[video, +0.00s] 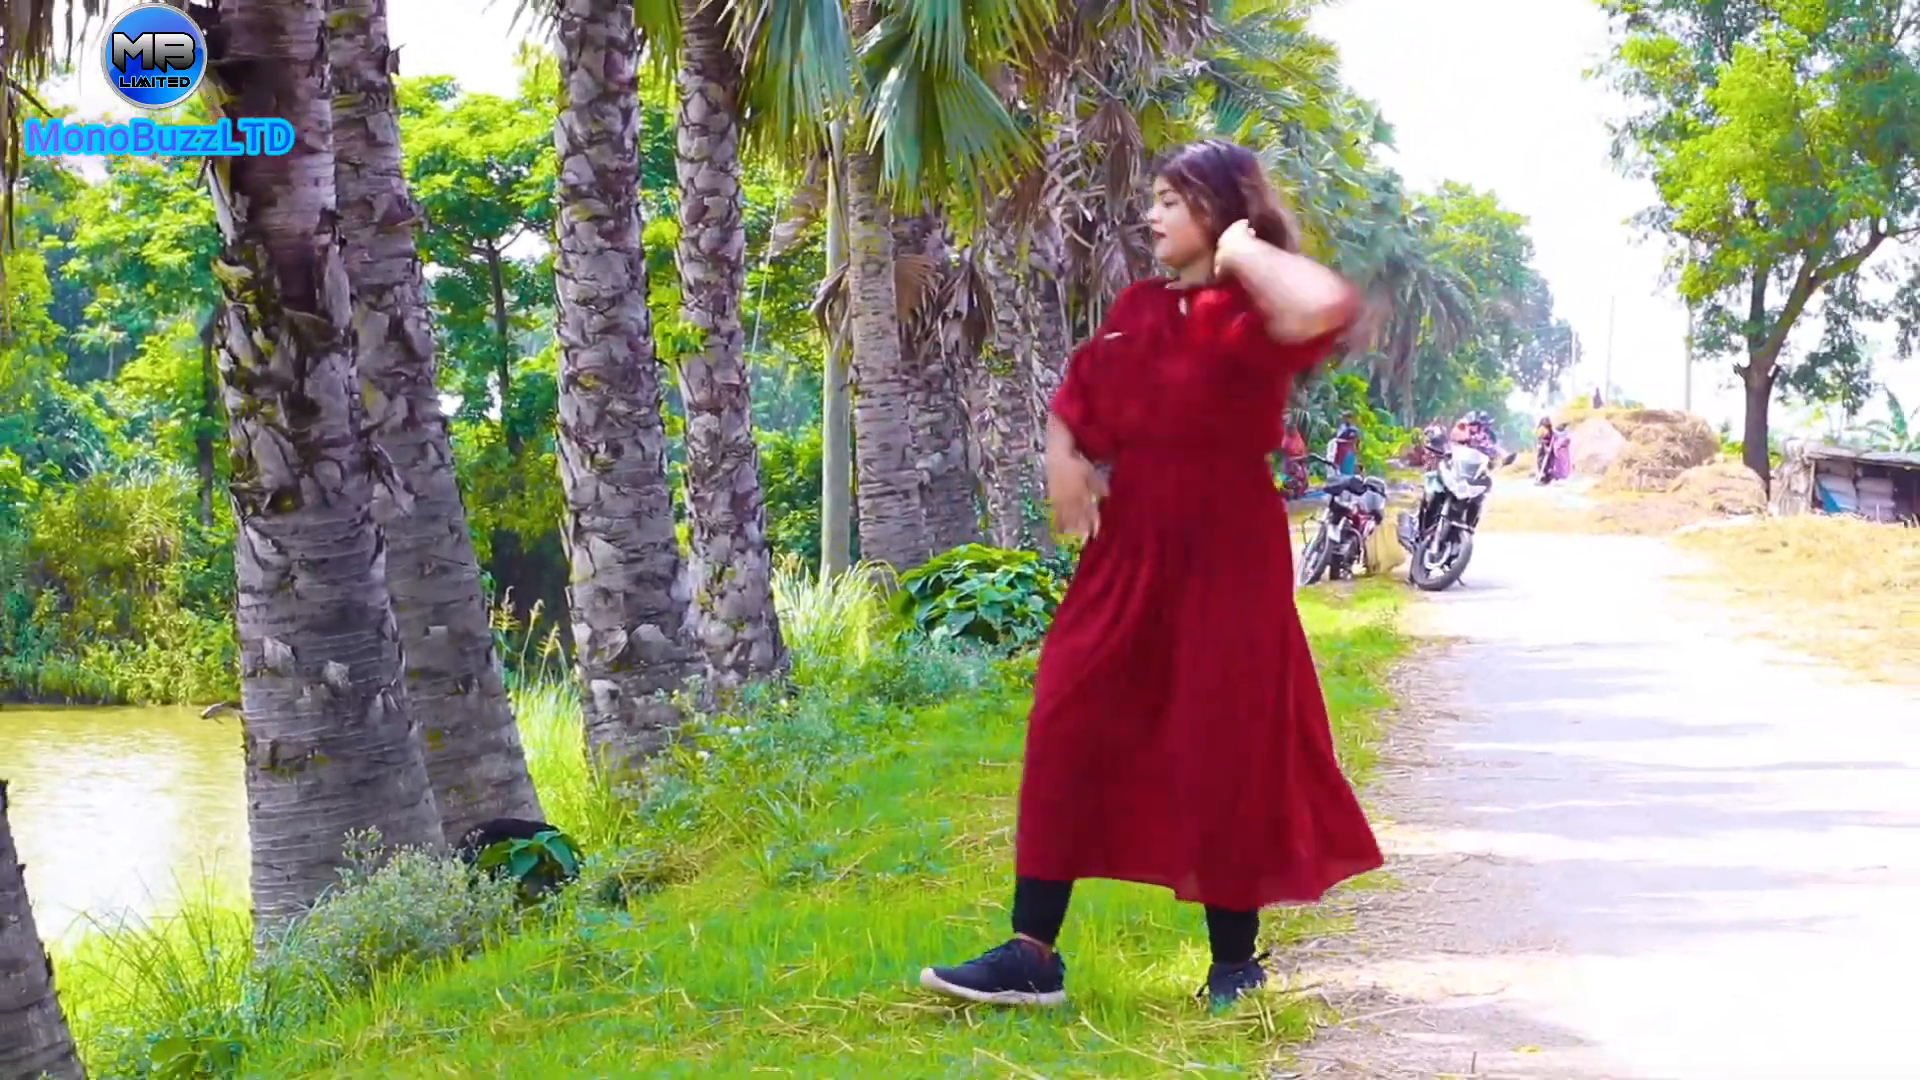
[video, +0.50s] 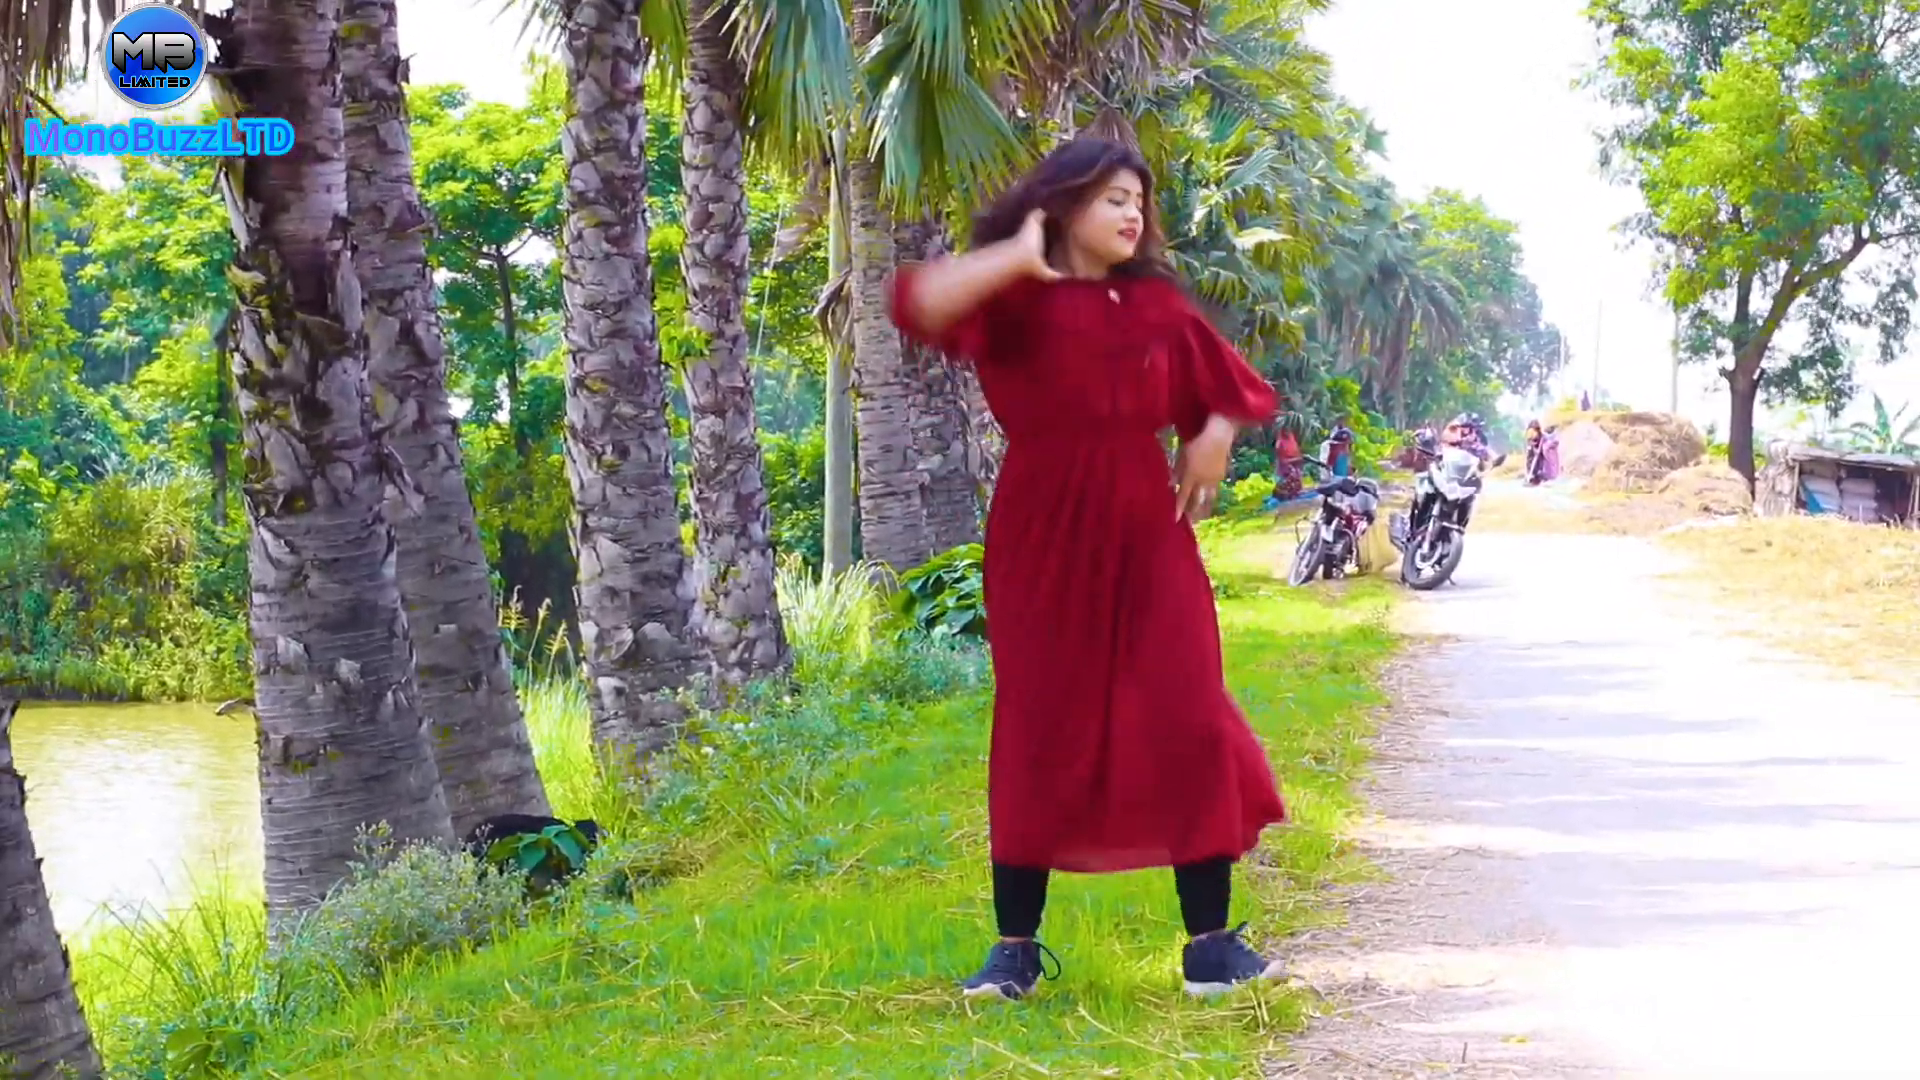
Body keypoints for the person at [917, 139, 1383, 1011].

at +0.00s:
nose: (1150, 217)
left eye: (1168, 203)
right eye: (1153, 202)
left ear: (1220, 218)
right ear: (1174, 218)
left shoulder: (1260, 305)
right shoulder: (1141, 305)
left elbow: (1326, 305)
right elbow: (1076, 392)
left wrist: (1240, 245)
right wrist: (1064, 458)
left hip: (1229, 553)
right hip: (1130, 546)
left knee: (1224, 747)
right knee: (1061, 725)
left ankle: (1233, 964)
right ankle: (1032, 947)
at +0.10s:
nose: (1121, 238)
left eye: (1138, 224)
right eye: (1121, 224)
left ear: (1189, 234)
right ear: (1136, 236)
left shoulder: (1239, 319)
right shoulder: (1110, 317)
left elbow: (1365, 315)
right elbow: (1058, 397)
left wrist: (1254, 264)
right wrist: (1037, 451)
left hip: (1200, 539)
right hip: (1104, 534)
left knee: (1205, 732)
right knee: (1041, 717)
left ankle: (1219, 938)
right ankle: (1020, 919)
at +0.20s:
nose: (1111, 234)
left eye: (1132, 219)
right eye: (1110, 218)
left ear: (1185, 233)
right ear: (1112, 235)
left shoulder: (1230, 330)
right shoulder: (1084, 333)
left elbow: (1369, 376)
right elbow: (1020, 425)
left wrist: (1276, 316)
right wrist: (1004, 475)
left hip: (1194, 565)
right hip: (1089, 563)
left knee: (1209, 761)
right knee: (1038, 752)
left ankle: (1232, 967)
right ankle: (1016, 955)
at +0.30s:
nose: (1122, 229)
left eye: (1142, 218)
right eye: (1108, 216)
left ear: (1174, 240)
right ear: (1084, 237)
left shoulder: (1218, 342)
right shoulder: (1043, 342)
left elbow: (1295, 475)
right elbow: (965, 468)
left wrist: (1230, 407)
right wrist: (1044, 465)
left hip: (1184, 571)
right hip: (1069, 572)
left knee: (1205, 764)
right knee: (1032, 763)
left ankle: (1233, 974)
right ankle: (1018, 966)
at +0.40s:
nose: (1131, 239)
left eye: (1142, 231)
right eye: (1112, 225)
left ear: (1150, 254)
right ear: (1066, 238)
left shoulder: (1176, 343)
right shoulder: (1012, 332)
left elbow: (1240, 450)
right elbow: (957, 417)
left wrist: (1197, 451)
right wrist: (1065, 342)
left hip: (1153, 559)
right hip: (1043, 559)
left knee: (1189, 741)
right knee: (1028, 746)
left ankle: (1213, 941)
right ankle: (1016, 944)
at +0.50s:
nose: (1133, 215)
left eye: (1139, 203)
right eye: (1116, 198)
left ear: (1142, 220)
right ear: (1060, 206)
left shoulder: (1162, 304)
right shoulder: (1008, 295)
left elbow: (1240, 387)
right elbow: (914, 301)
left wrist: (1216, 432)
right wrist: (1016, 255)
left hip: (1149, 533)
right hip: (1039, 532)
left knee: (1197, 721)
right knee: (1029, 729)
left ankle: (1210, 941)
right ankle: (1015, 949)